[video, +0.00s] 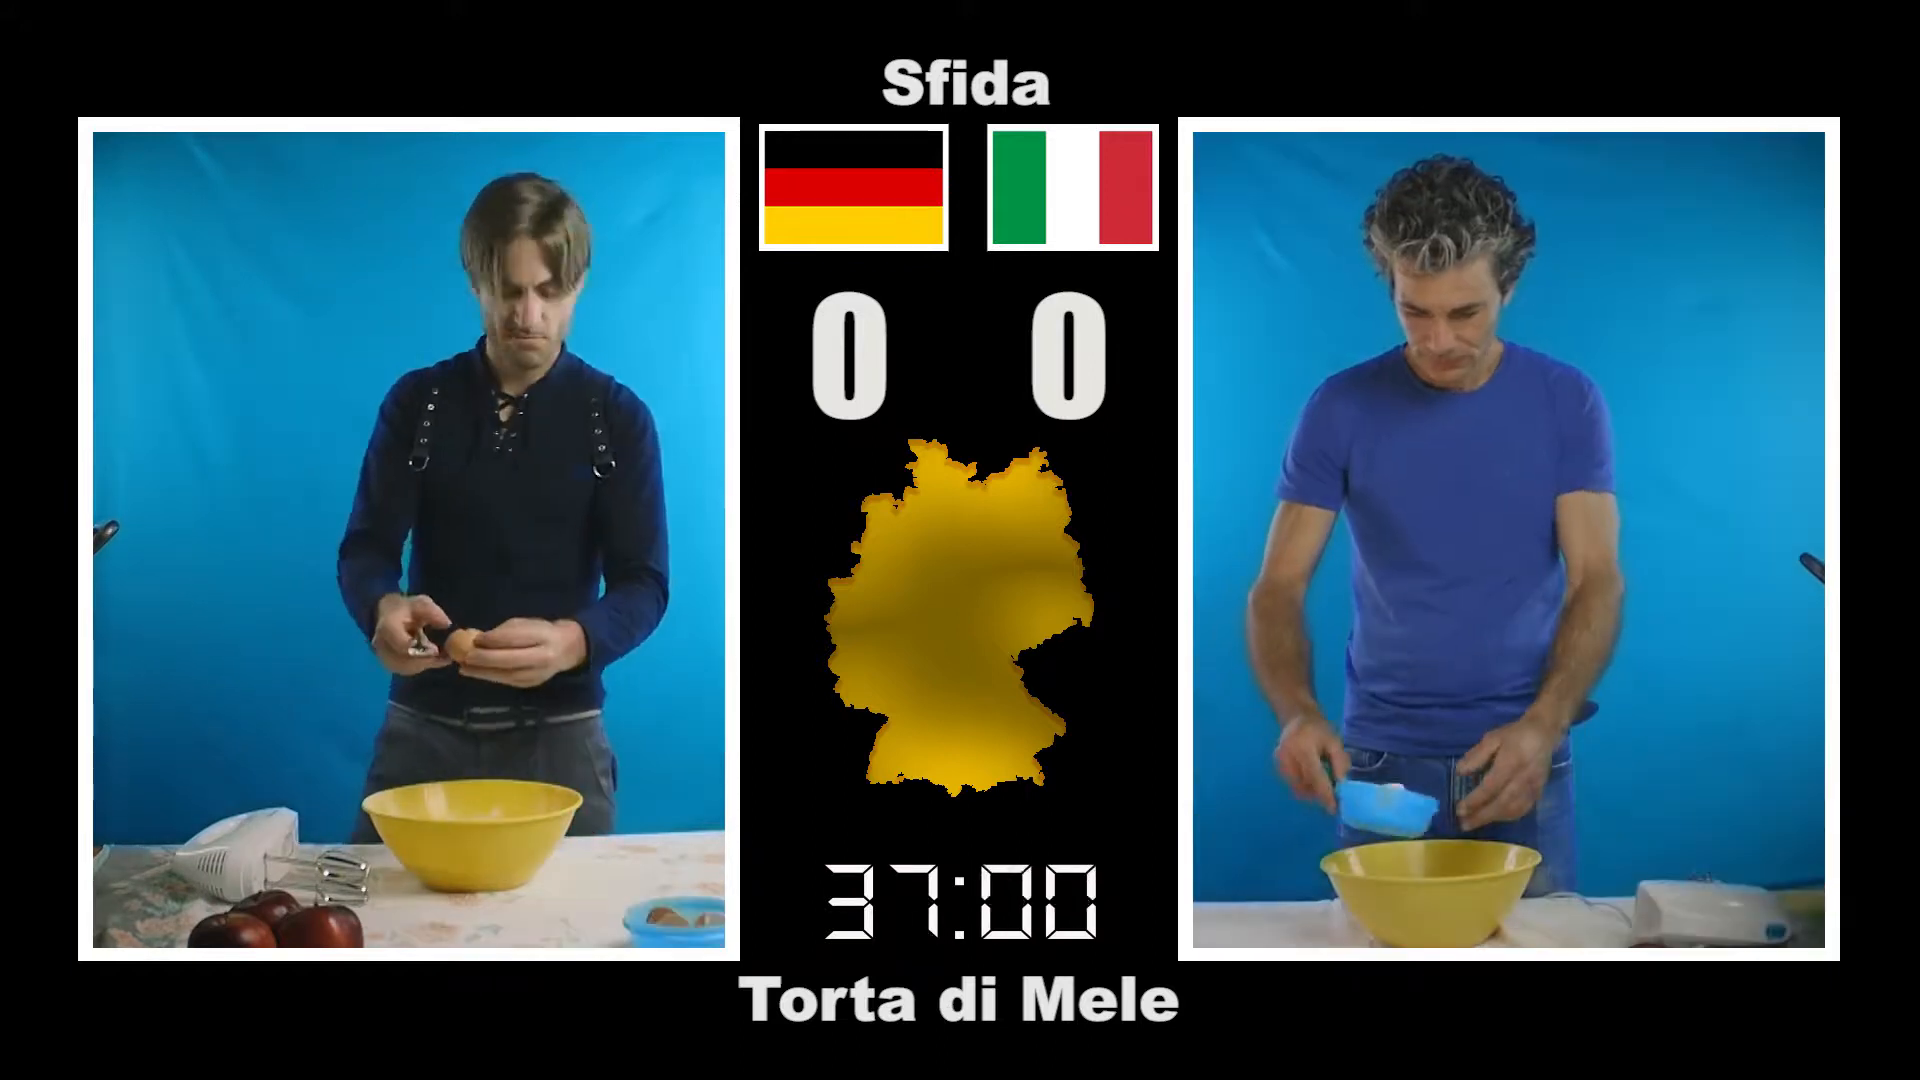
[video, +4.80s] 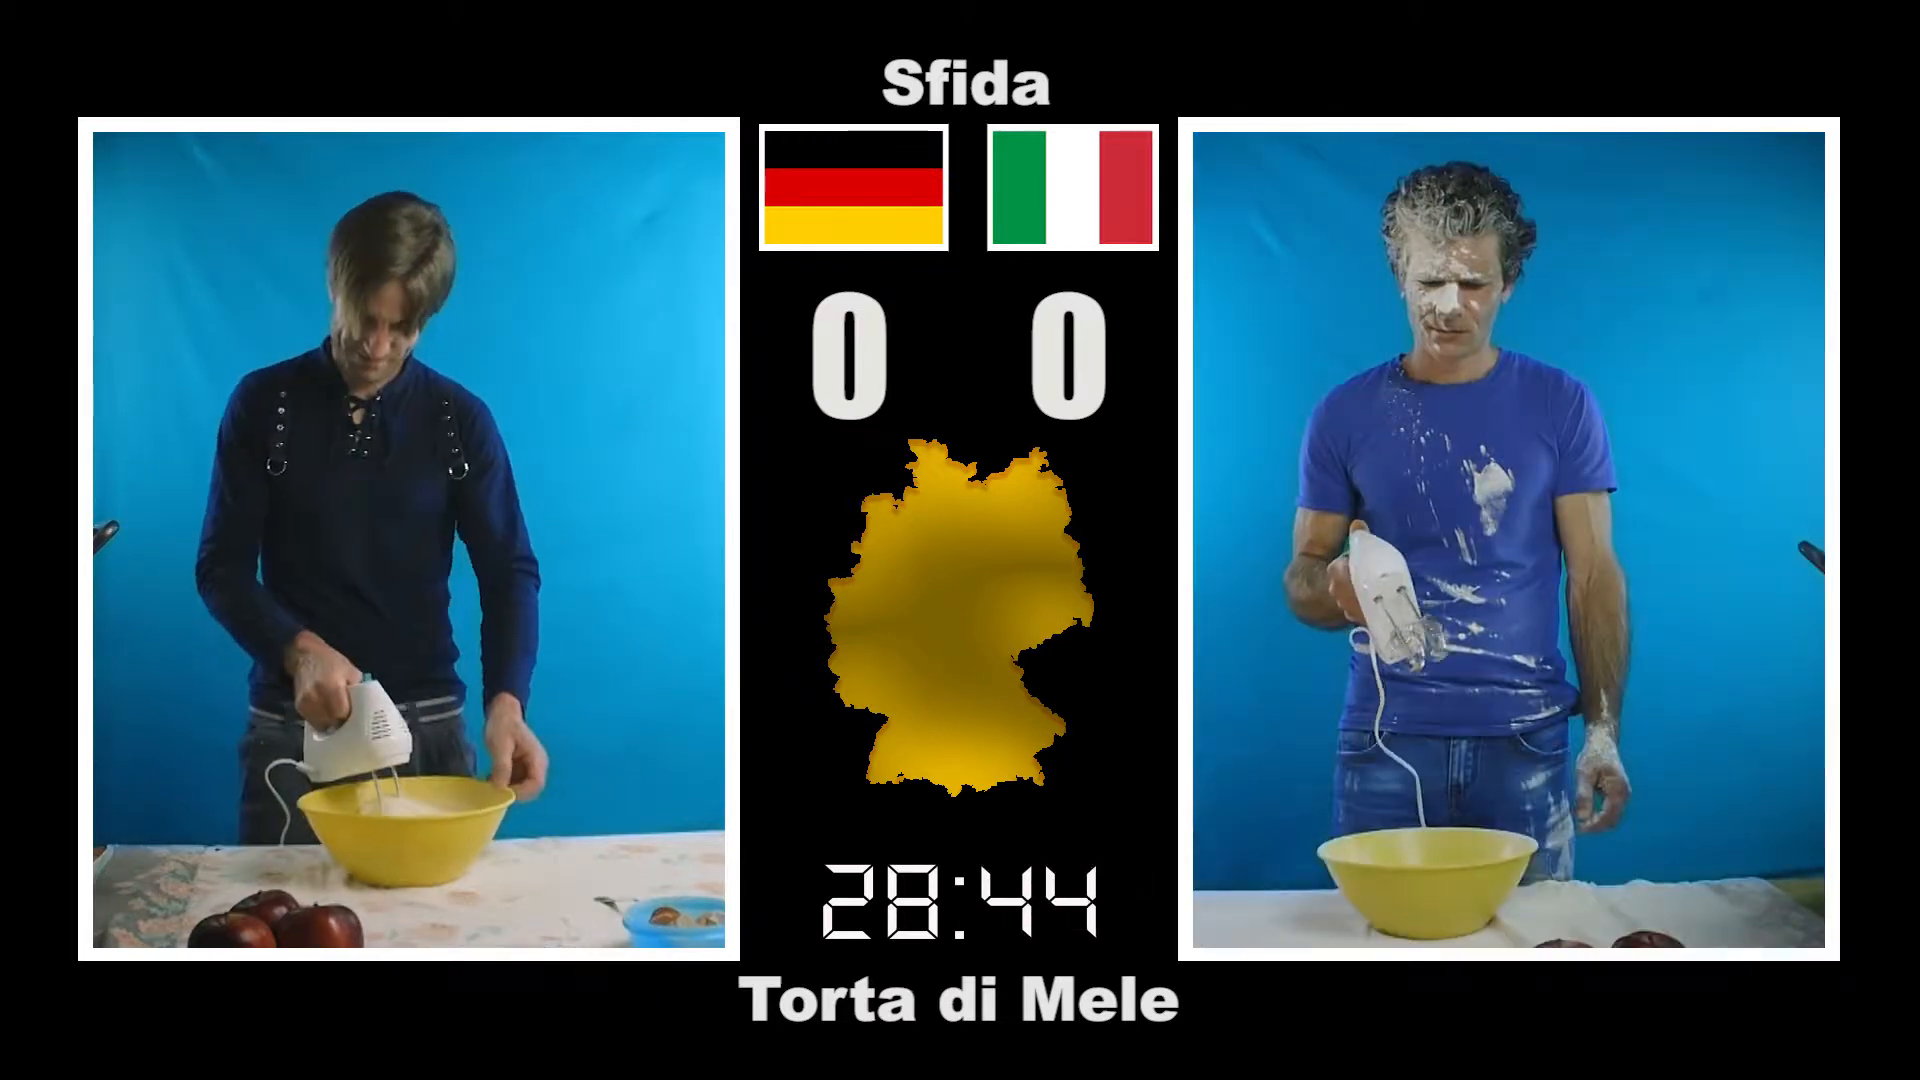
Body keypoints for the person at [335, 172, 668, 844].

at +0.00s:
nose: (527, 316)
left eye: (548, 291)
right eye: (507, 291)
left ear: (577, 285)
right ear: (476, 282)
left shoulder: (615, 418)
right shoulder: (417, 405)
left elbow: (643, 583)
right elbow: (367, 546)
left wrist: (574, 642)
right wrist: (380, 609)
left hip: (559, 746)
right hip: (425, 737)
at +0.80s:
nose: (471, 304)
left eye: (479, 284)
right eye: (447, 284)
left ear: (488, 284)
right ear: (385, 288)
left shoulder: (514, 419)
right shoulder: (318, 417)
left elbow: (559, 563)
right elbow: (284, 584)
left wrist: (537, 662)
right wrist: (363, 672)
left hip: (488, 751)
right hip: (355, 755)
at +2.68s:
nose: (451, 348)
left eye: (470, 326)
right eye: (431, 326)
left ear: (492, 316)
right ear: (398, 312)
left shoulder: (539, 426)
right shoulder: (345, 429)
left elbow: (565, 558)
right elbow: (328, 566)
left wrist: (512, 679)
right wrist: (363, 692)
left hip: (515, 738)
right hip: (385, 741)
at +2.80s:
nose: (450, 308)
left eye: (449, 286)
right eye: (428, 292)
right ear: (354, 306)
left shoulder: (474, 405)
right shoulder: (277, 416)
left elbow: (517, 552)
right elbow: (216, 554)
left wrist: (550, 688)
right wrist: (225, 604)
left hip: (457, 742)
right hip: (326, 750)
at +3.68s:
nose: (516, 315)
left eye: (529, 292)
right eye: (497, 292)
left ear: (540, 287)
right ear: (434, 282)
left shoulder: (554, 414)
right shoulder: (356, 407)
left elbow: (596, 562)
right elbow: (288, 547)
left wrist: (607, 684)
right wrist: (299, 589)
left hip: (523, 747)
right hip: (387, 745)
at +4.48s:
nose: (458, 323)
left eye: (469, 300)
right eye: (440, 298)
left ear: (478, 294)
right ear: (370, 283)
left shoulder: (475, 406)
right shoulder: (283, 408)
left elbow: (509, 562)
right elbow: (205, 577)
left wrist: (559, 689)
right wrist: (284, 615)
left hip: (457, 741)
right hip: (327, 750)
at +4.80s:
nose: (379, 348)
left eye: (403, 328)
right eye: (364, 322)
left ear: (428, 314)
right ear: (336, 292)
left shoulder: (459, 422)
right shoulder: (264, 406)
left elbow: (509, 568)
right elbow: (222, 570)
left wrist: (506, 704)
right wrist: (298, 650)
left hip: (428, 731)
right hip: (294, 731)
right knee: (288, 933)